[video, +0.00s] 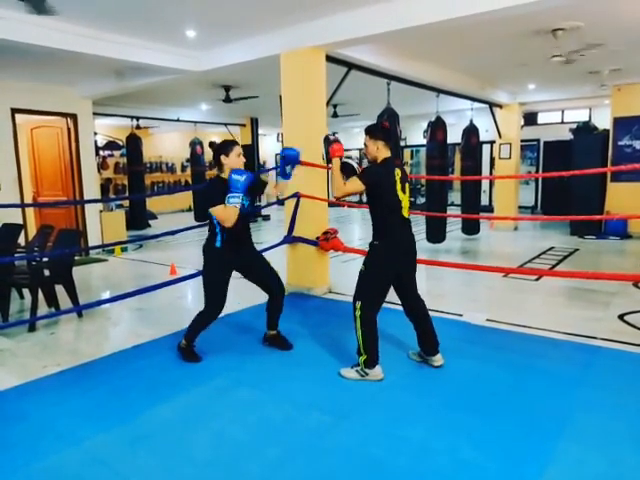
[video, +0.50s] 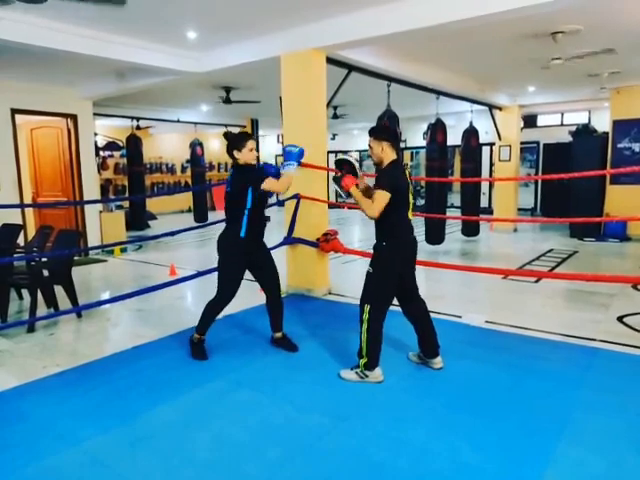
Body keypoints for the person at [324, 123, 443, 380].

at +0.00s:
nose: (364, 148)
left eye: (367, 143)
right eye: (365, 143)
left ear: (379, 144)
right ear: (385, 145)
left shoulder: (377, 172)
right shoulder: (398, 168)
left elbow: (340, 191)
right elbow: (377, 191)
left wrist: (335, 161)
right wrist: (358, 175)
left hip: (384, 247)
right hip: (405, 245)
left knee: (364, 305)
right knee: (410, 298)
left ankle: (368, 366)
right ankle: (431, 352)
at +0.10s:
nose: (365, 149)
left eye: (367, 144)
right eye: (366, 144)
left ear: (379, 144)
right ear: (387, 144)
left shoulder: (376, 170)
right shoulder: (399, 168)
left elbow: (336, 184)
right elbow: (372, 186)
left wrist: (328, 154)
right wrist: (354, 172)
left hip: (384, 247)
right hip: (405, 244)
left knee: (363, 304)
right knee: (410, 297)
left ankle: (368, 366)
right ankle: (431, 352)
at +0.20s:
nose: (364, 149)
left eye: (366, 144)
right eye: (364, 144)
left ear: (378, 144)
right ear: (387, 144)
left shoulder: (377, 171)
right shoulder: (396, 168)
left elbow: (340, 187)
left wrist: (326, 163)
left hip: (385, 247)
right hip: (403, 243)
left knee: (364, 305)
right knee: (408, 298)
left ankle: (368, 367)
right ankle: (430, 352)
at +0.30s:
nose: (364, 149)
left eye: (366, 144)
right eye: (364, 144)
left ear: (380, 144)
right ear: (384, 145)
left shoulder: (381, 171)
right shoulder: (392, 168)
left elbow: (350, 198)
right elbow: (365, 189)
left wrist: (336, 171)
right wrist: (346, 168)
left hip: (385, 247)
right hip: (402, 244)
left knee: (366, 306)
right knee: (407, 298)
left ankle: (368, 367)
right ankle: (430, 353)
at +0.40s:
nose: (366, 151)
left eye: (369, 146)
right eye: (366, 146)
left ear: (382, 145)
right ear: (386, 145)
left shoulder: (385, 173)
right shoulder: (395, 169)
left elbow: (360, 204)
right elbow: (374, 198)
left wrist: (345, 179)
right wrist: (361, 181)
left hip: (386, 247)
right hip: (401, 244)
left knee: (368, 306)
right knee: (408, 299)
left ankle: (368, 367)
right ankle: (430, 353)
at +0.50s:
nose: (370, 152)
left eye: (372, 147)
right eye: (370, 147)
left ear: (385, 146)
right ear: (389, 146)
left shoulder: (389, 173)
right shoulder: (398, 170)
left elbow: (373, 211)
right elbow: (387, 205)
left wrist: (353, 191)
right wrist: (366, 190)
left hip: (389, 248)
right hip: (404, 245)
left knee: (371, 305)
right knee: (411, 299)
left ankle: (368, 367)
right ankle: (431, 354)